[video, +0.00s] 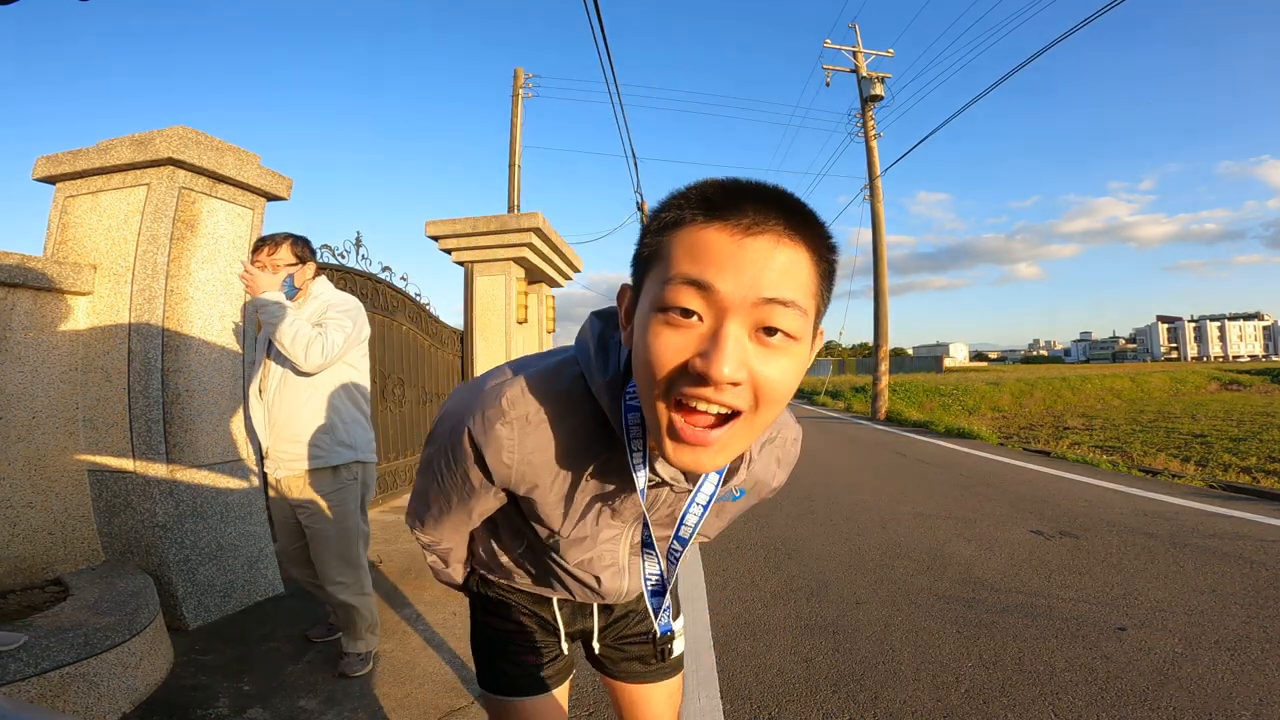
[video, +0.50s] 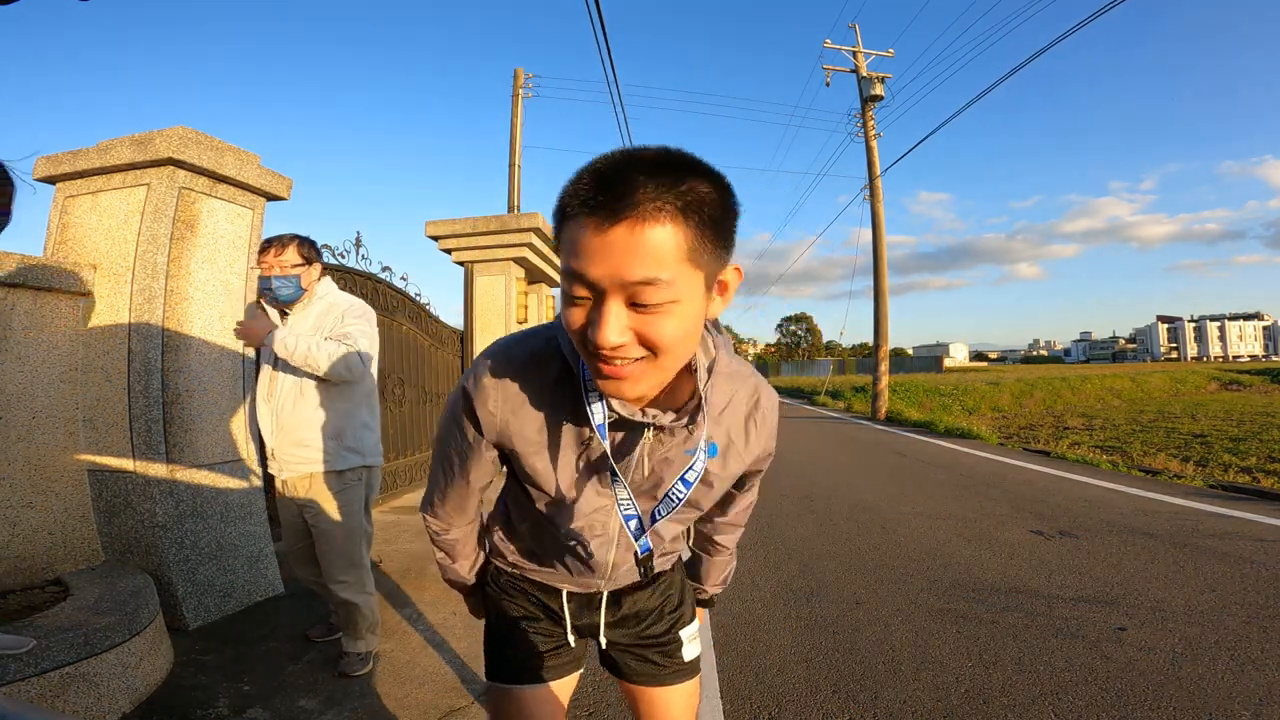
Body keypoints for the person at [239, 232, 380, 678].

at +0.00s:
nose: (260, 279)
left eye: (270, 269)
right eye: (258, 270)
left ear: (304, 269)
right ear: (261, 274)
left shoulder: (344, 307)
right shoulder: (269, 315)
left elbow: (312, 354)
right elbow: (263, 391)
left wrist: (267, 299)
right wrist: (266, 457)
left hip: (330, 465)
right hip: (281, 467)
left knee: (342, 570)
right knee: (298, 564)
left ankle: (360, 641)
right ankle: (340, 617)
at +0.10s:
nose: (258, 279)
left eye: (267, 270)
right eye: (257, 271)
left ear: (303, 269)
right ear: (274, 277)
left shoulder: (344, 308)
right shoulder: (271, 314)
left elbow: (312, 355)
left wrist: (267, 299)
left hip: (331, 465)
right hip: (282, 466)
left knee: (342, 569)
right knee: (298, 564)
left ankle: (360, 641)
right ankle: (340, 617)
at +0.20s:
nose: (259, 282)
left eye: (268, 273)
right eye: (257, 274)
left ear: (302, 270)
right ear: (271, 277)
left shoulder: (345, 308)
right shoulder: (276, 315)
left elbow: (314, 356)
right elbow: (265, 388)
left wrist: (267, 301)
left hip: (331, 466)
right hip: (284, 467)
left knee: (343, 569)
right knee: (299, 563)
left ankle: (360, 642)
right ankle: (340, 617)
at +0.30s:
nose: (260, 279)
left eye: (270, 270)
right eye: (258, 271)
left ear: (306, 270)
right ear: (266, 276)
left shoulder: (347, 309)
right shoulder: (277, 317)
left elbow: (319, 359)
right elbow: (273, 392)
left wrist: (269, 304)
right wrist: (271, 457)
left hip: (333, 465)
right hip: (286, 465)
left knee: (344, 568)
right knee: (301, 562)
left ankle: (360, 642)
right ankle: (339, 617)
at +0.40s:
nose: (269, 280)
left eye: (278, 270)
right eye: (263, 273)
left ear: (311, 270)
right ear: (263, 276)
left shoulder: (348, 309)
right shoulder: (276, 316)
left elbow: (333, 363)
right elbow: (270, 389)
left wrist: (273, 317)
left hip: (334, 465)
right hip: (285, 465)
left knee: (344, 567)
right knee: (302, 560)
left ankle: (361, 641)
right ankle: (339, 617)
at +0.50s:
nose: (275, 281)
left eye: (286, 270)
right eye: (267, 273)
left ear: (314, 270)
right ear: (262, 275)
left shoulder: (351, 310)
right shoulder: (274, 320)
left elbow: (351, 366)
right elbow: (268, 392)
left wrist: (271, 337)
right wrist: (267, 457)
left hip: (337, 465)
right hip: (287, 465)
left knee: (345, 567)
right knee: (303, 560)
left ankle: (360, 641)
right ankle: (339, 616)